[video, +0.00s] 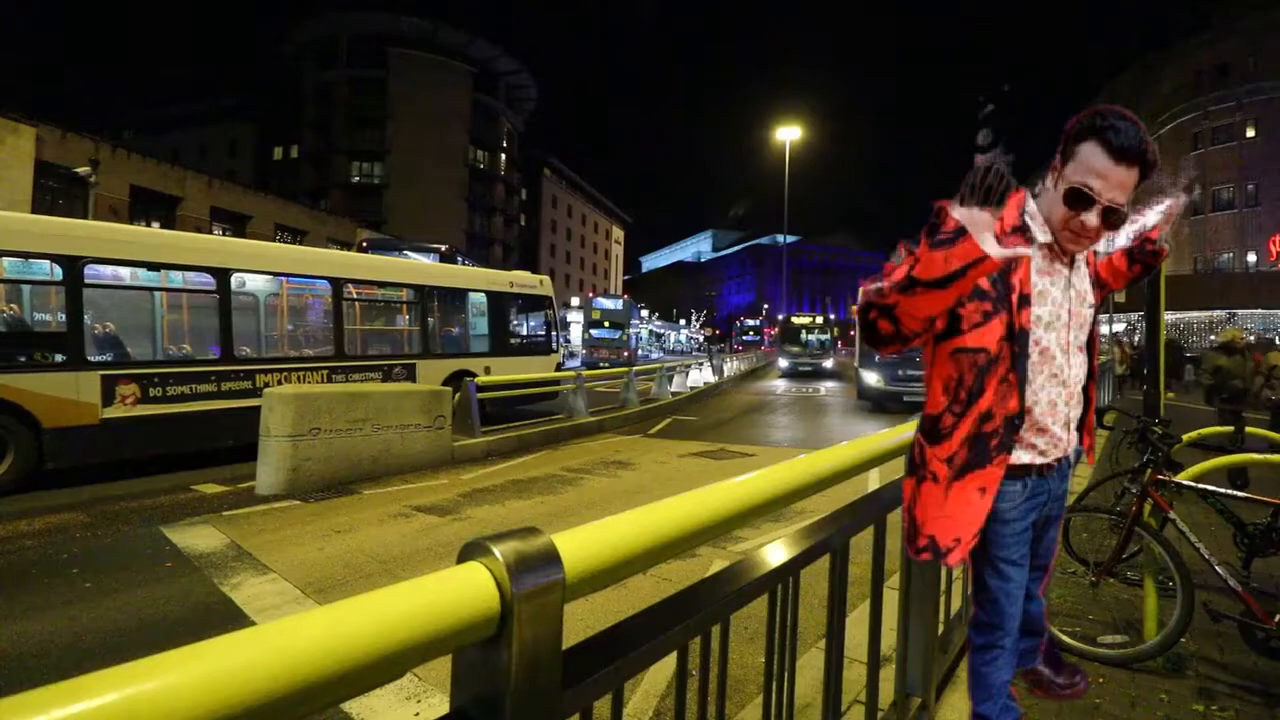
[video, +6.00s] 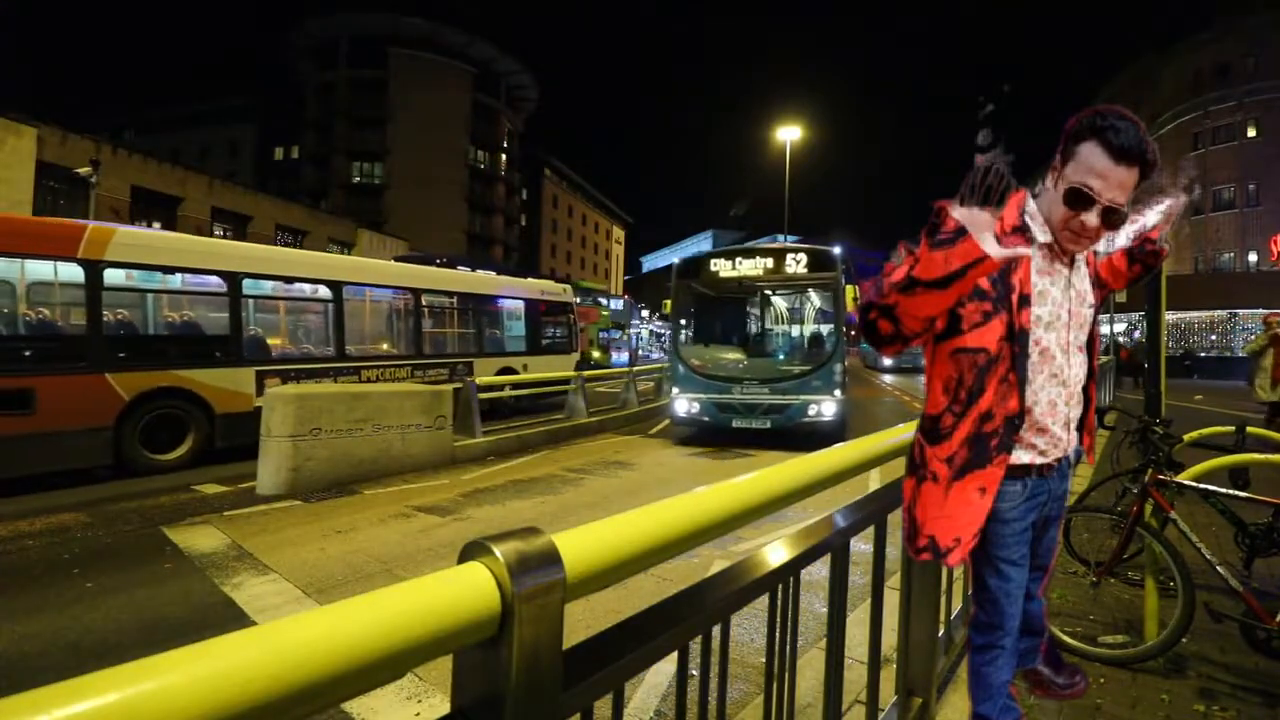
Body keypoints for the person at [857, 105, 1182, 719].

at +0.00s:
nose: (1089, 222)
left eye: (1110, 212)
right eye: (1080, 197)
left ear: (1123, 211)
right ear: (1052, 171)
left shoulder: (1084, 263)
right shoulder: (986, 243)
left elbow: (1114, 271)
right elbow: (882, 326)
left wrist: (1151, 239)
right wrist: (966, 246)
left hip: (1057, 466)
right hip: (1000, 473)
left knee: (1035, 580)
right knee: (1000, 611)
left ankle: (1028, 658)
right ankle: (993, 709)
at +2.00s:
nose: (1089, 222)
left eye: (1109, 212)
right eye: (1080, 198)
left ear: (1123, 211)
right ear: (1053, 171)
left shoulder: (1084, 264)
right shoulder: (984, 243)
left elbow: (1117, 269)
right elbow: (883, 327)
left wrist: (1152, 240)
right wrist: (961, 245)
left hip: (1057, 467)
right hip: (1000, 475)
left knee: (1035, 581)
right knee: (1000, 611)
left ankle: (1028, 659)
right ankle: (994, 709)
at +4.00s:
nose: (1089, 222)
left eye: (1110, 212)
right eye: (1080, 197)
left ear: (1124, 210)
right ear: (1052, 171)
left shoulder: (1085, 263)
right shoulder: (985, 243)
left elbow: (1117, 270)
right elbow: (880, 327)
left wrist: (1150, 242)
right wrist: (963, 246)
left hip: (1057, 467)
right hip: (1000, 474)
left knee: (1035, 581)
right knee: (1000, 611)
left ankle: (1028, 659)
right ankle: (994, 709)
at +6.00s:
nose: (1089, 222)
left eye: (1110, 211)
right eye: (1079, 198)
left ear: (1123, 211)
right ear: (1052, 172)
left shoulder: (1085, 264)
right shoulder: (985, 242)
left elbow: (1114, 271)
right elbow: (883, 328)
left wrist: (1152, 241)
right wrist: (962, 246)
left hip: (1057, 467)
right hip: (1000, 475)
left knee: (1034, 582)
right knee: (1000, 611)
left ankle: (1027, 660)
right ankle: (993, 709)